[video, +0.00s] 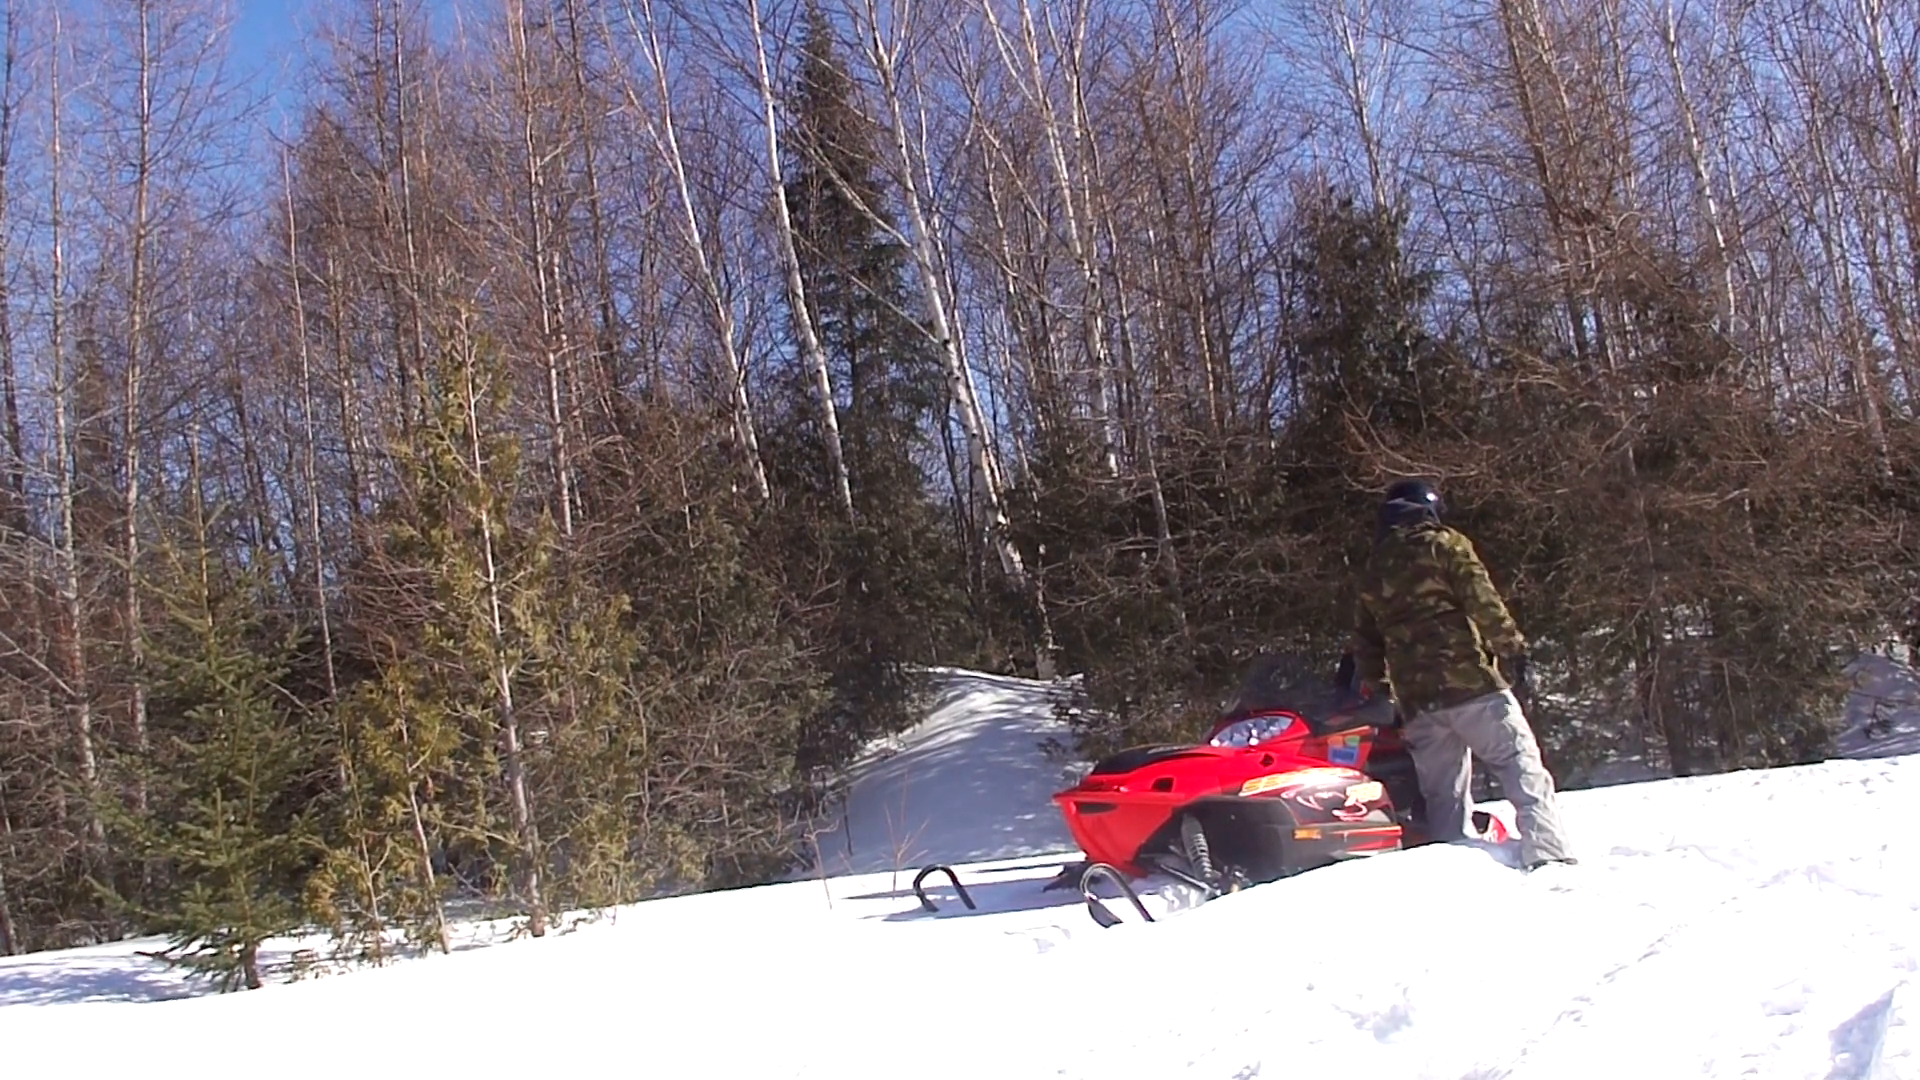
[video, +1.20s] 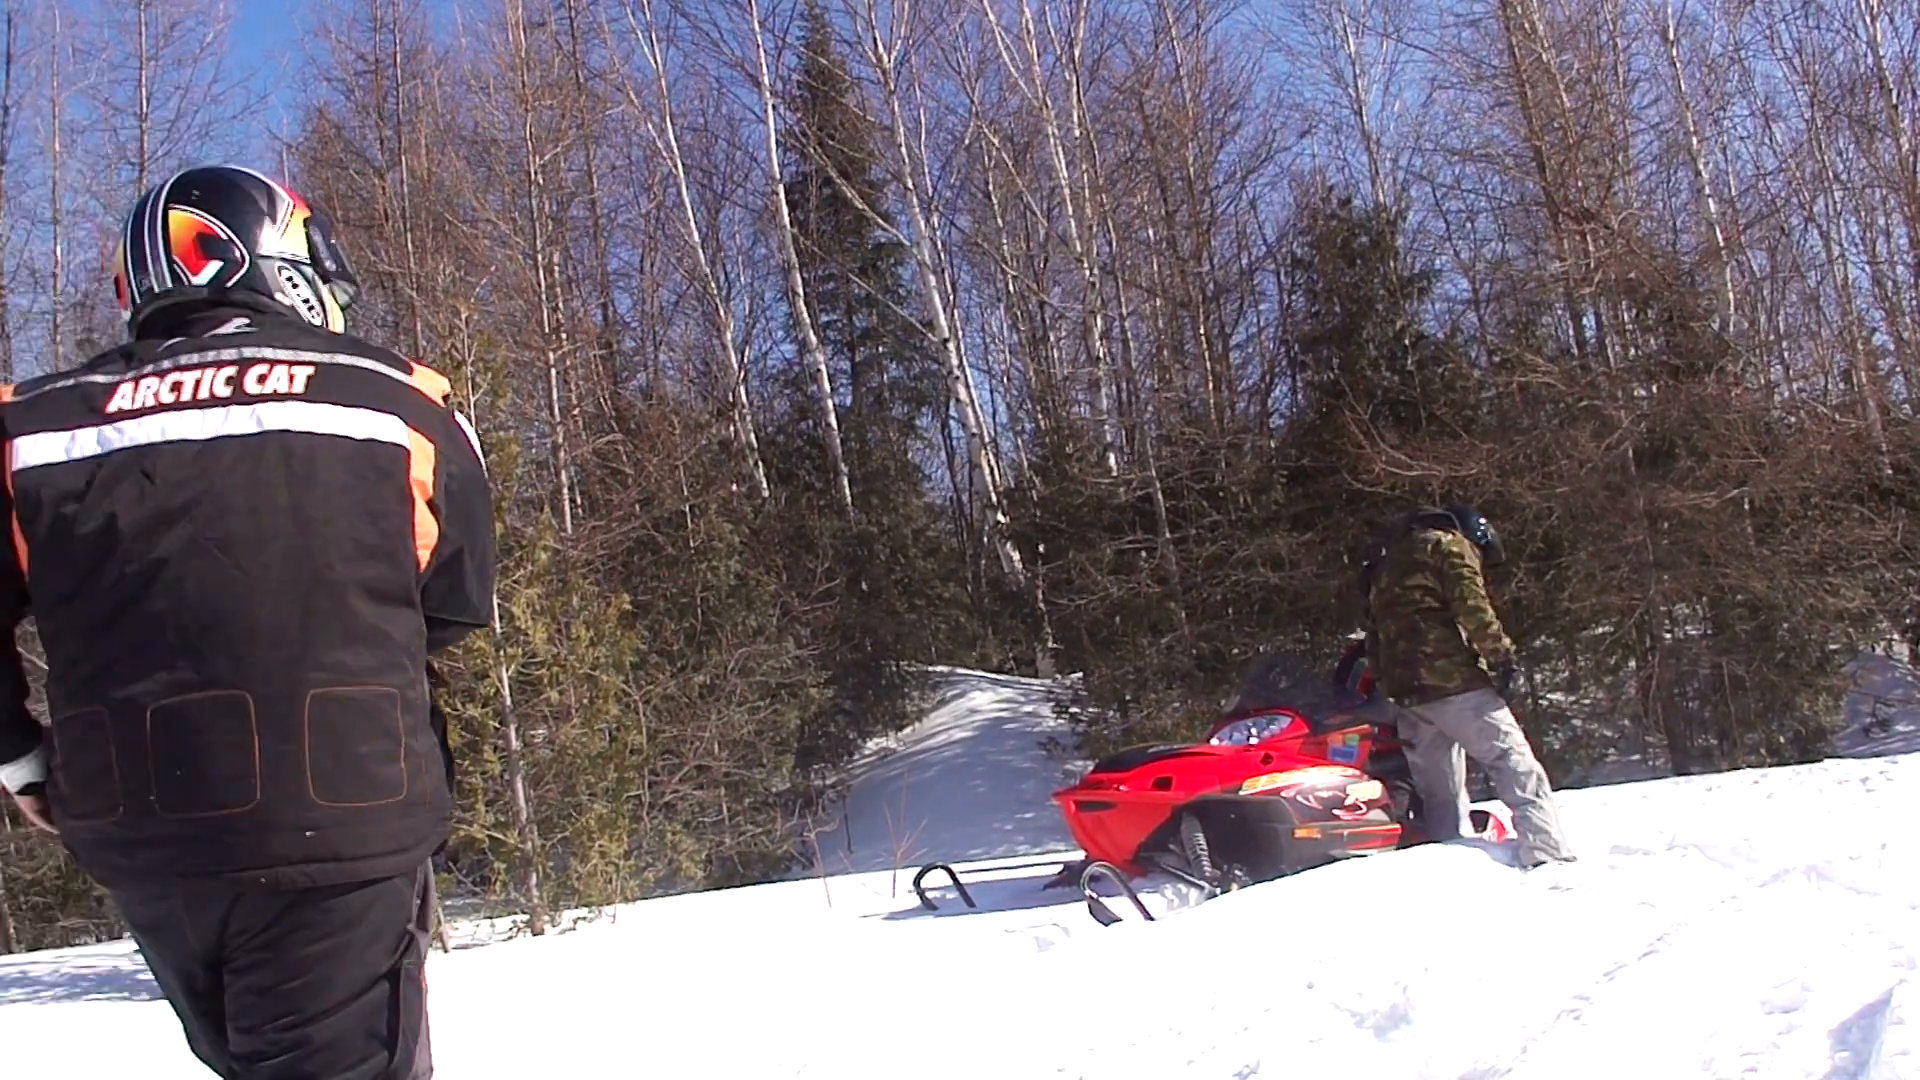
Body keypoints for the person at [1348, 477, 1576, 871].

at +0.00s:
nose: (1440, 513)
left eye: (1437, 506)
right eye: (1436, 506)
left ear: (1390, 513)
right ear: (1427, 508)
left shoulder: (1372, 566)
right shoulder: (1446, 542)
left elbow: (1366, 639)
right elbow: (1483, 603)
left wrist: (1380, 686)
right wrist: (1516, 654)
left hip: (1415, 699)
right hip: (1470, 684)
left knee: (1442, 800)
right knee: (1518, 760)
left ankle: (1450, 879)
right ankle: (1547, 853)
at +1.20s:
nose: (1477, 556)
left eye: (1481, 552)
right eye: (1478, 548)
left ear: (1438, 523)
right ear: (1468, 531)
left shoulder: (1388, 560)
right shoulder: (1450, 545)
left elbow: (1377, 630)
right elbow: (1472, 610)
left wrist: (1393, 684)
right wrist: (1505, 658)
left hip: (1408, 696)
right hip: (1454, 682)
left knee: (1440, 799)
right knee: (1512, 759)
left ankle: (1449, 873)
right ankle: (1547, 854)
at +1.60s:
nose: (1514, 563)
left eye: (1521, 557)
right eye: (1519, 552)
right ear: (1507, 532)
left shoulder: (1429, 548)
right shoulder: (1470, 540)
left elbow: (1416, 618)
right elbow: (1474, 602)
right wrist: (1503, 656)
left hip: (1422, 687)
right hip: (1462, 677)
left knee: (1453, 787)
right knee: (1533, 748)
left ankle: (1459, 867)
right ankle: (1562, 848)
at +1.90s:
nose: (1569, 554)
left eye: (1574, 547)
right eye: (1571, 543)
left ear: (1545, 525)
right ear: (1554, 528)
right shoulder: (1513, 543)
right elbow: (1507, 612)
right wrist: (1528, 677)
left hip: (1461, 681)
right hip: (1494, 678)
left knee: (1474, 776)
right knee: (1561, 750)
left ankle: (1467, 858)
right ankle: (1593, 847)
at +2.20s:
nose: (1635, 543)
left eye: (1640, 535)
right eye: (1635, 532)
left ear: (1608, 520)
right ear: (1615, 522)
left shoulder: (1547, 538)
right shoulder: (1572, 546)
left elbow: (1511, 609)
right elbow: (1560, 616)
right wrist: (1590, 678)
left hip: (1508, 675)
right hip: (1539, 674)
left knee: (1513, 770)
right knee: (1608, 745)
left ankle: (1482, 854)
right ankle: (1599, 854)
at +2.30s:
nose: (1647, 529)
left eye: (1651, 520)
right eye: (1645, 517)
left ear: (1615, 509)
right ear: (1623, 510)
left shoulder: (1582, 534)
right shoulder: (1580, 537)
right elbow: (1567, 609)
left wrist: (1601, 661)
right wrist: (1602, 669)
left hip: (1519, 665)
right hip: (1544, 665)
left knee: (1546, 751)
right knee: (1608, 744)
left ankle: (1483, 836)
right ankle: (1599, 853)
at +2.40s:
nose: (1649, 518)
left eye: (1652, 509)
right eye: (1646, 506)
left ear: (1620, 499)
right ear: (1623, 499)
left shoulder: (1597, 532)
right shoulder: (1578, 528)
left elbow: (1593, 604)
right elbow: (1567, 598)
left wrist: (1608, 654)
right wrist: (1603, 657)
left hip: (1546, 657)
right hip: (1550, 656)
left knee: (1575, 747)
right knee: (1607, 745)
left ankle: (1490, 809)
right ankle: (1598, 853)